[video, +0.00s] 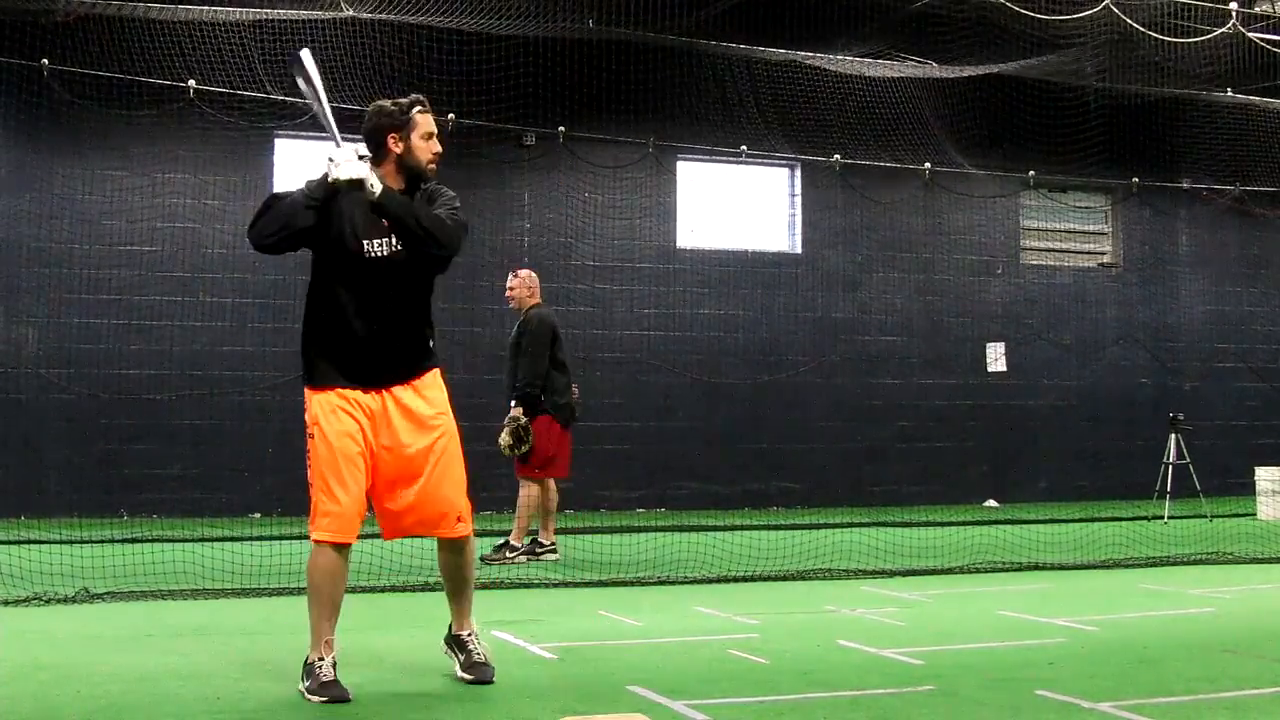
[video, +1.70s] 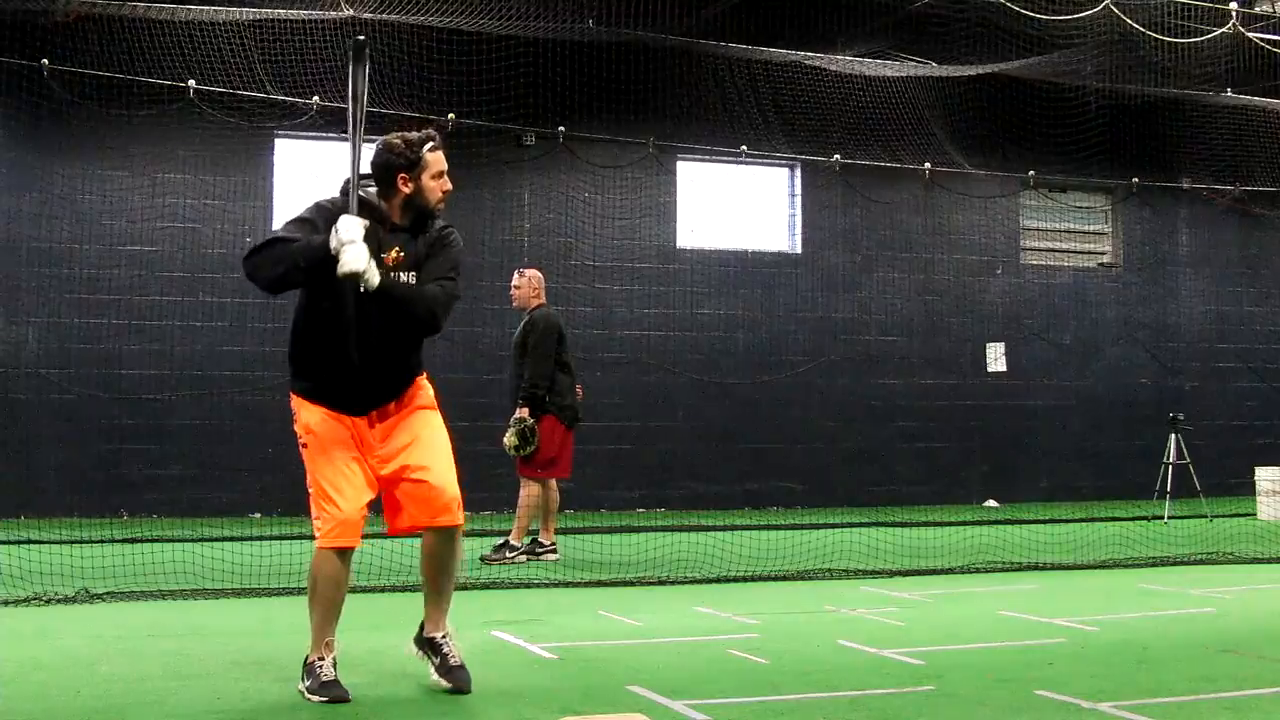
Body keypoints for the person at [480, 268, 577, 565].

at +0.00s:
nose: (507, 294)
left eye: (512, 289)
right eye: (507, 290)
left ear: (530, 290)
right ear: (526, 292)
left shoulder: (537, 319)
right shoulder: (533, 318)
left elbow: (533, 368)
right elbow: (529, 368)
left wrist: (519, 405)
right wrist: (517, 402)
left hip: (541, 409)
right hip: (547, 408)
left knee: (528, 476)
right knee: (544, 476)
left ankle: (515, 542)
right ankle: (546, 541)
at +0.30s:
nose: (508, 294)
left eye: (513, 289)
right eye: (508, 289)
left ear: (531, 290)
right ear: (528, 291)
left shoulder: (538, 319)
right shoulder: (534, 318)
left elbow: (533, 368)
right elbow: (534, 367)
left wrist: (519, 404)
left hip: (541, 409)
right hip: (549, 408)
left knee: (528, 476)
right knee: (545, 477)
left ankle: (515, 542)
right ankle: (546, 541)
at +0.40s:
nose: (509, 293)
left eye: (514, 288)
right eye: (509, 289)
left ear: (531, 290)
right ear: (529, 292)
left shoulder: (538, 319)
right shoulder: (536, 318)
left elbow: (533, 367)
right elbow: (538, 366)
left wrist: (519, 404)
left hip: (540, 409)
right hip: (550, 408)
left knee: (528, 476)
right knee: (545, 477)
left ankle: (515, 542)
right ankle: (546, 541)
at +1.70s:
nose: (512, 293)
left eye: (517, 288)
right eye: (512, 288)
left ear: (535, 290)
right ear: (532, 291)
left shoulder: (543, 320)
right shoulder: (539, 319)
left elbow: (537, 368)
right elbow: (551, 363)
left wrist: (524, 405)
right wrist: (568, 385)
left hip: (544, 410)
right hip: (553, 409)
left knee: (529, 476)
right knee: (546, 477)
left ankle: (514, 542)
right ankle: (546, 542)